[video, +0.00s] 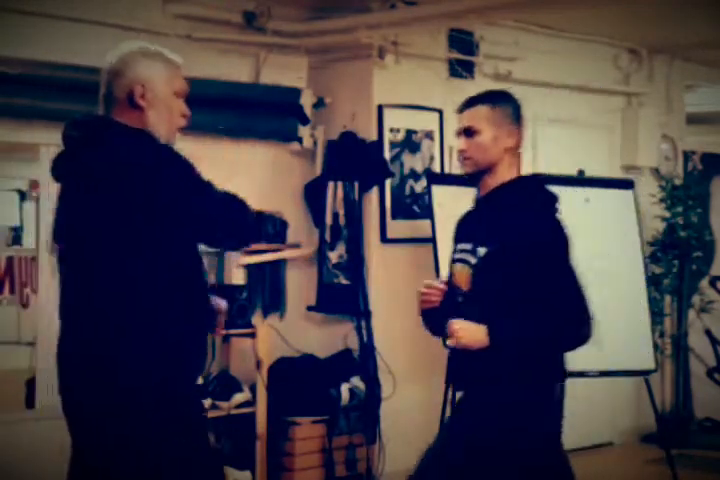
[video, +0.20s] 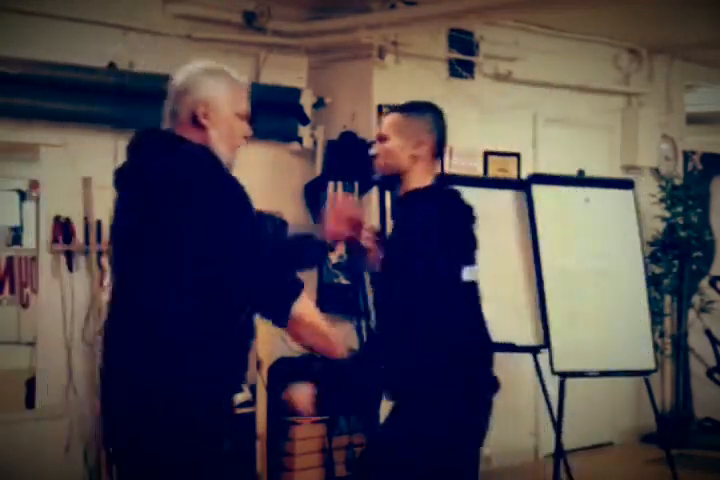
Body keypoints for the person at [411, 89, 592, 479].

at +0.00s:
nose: (459, 146)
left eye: (470, 134)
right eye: (460, 135)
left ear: (512, 139)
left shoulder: (531, 215)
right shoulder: (472, 220)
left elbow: (574, 323)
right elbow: (464, 315)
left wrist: (490, 334)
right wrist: (438, 305)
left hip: (521, 403)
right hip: (479, 398)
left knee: (433, 472)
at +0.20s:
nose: (375, 148)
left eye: (385, 139)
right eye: (378, 139)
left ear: (420, 148)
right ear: (419, 150)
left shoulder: (429, 212)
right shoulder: (441, 203)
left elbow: (405, 329)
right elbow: (423, 288)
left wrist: (329, 391)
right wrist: (378, 255)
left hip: (440, 390)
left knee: (380, 469)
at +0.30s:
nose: (363, 141)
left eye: (371, 129)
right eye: (364, 131)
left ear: (406, 135)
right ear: (402, 137)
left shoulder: (430, 205)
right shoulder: (401, 204)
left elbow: (423, 326)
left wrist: (364, 395)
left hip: (423, 389)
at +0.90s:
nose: (420, 144)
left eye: (432, 134)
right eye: (421, 134)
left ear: (467, 142)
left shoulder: (474, 213)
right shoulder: (425, 205)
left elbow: (463, 332)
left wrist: (416, 421)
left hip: (434, 393)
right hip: (398, 381)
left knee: (425, 472)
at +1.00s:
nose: (424, 148)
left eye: (436, 138)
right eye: (424, 139)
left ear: (471, 147)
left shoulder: (482, 215)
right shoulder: (426, 205)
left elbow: (468, 335)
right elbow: (388, 291)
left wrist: (419, 424)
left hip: (432, 397)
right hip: (392, 386)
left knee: (421, 472)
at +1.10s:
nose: (431, 151)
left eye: (444, 141)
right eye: (430, 142)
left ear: (480, 152)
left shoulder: (485, 219)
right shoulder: (442, 218)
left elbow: (467, 336)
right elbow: (404, 308)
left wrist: (417, 421)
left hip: (429, 404)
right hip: (395, 393)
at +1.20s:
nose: (436, 150)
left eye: (451, 140)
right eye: (437, 141)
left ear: (486, 153)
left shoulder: (491, 219)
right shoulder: (441, 222)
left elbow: (470, 337)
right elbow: (379, 320)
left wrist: (418, 419)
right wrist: (388, 252)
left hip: (431, 407)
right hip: (395, 396)